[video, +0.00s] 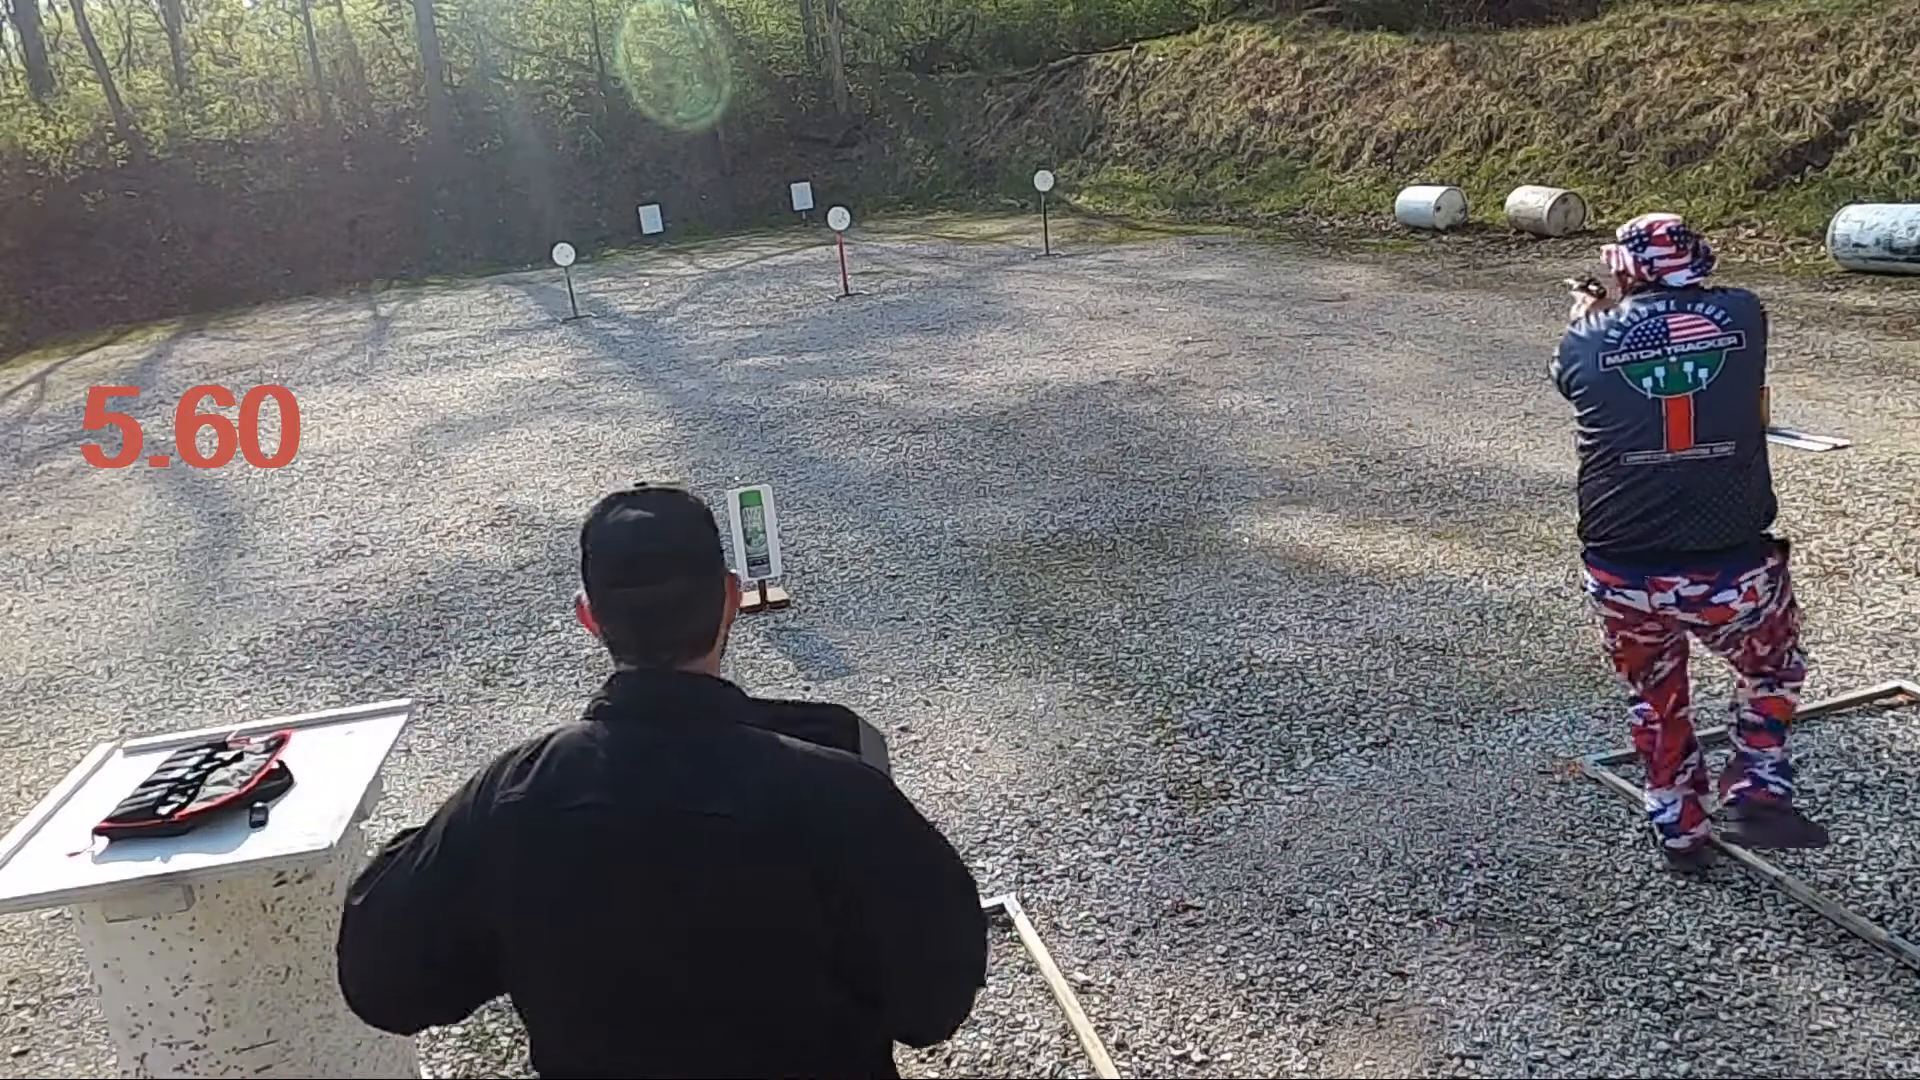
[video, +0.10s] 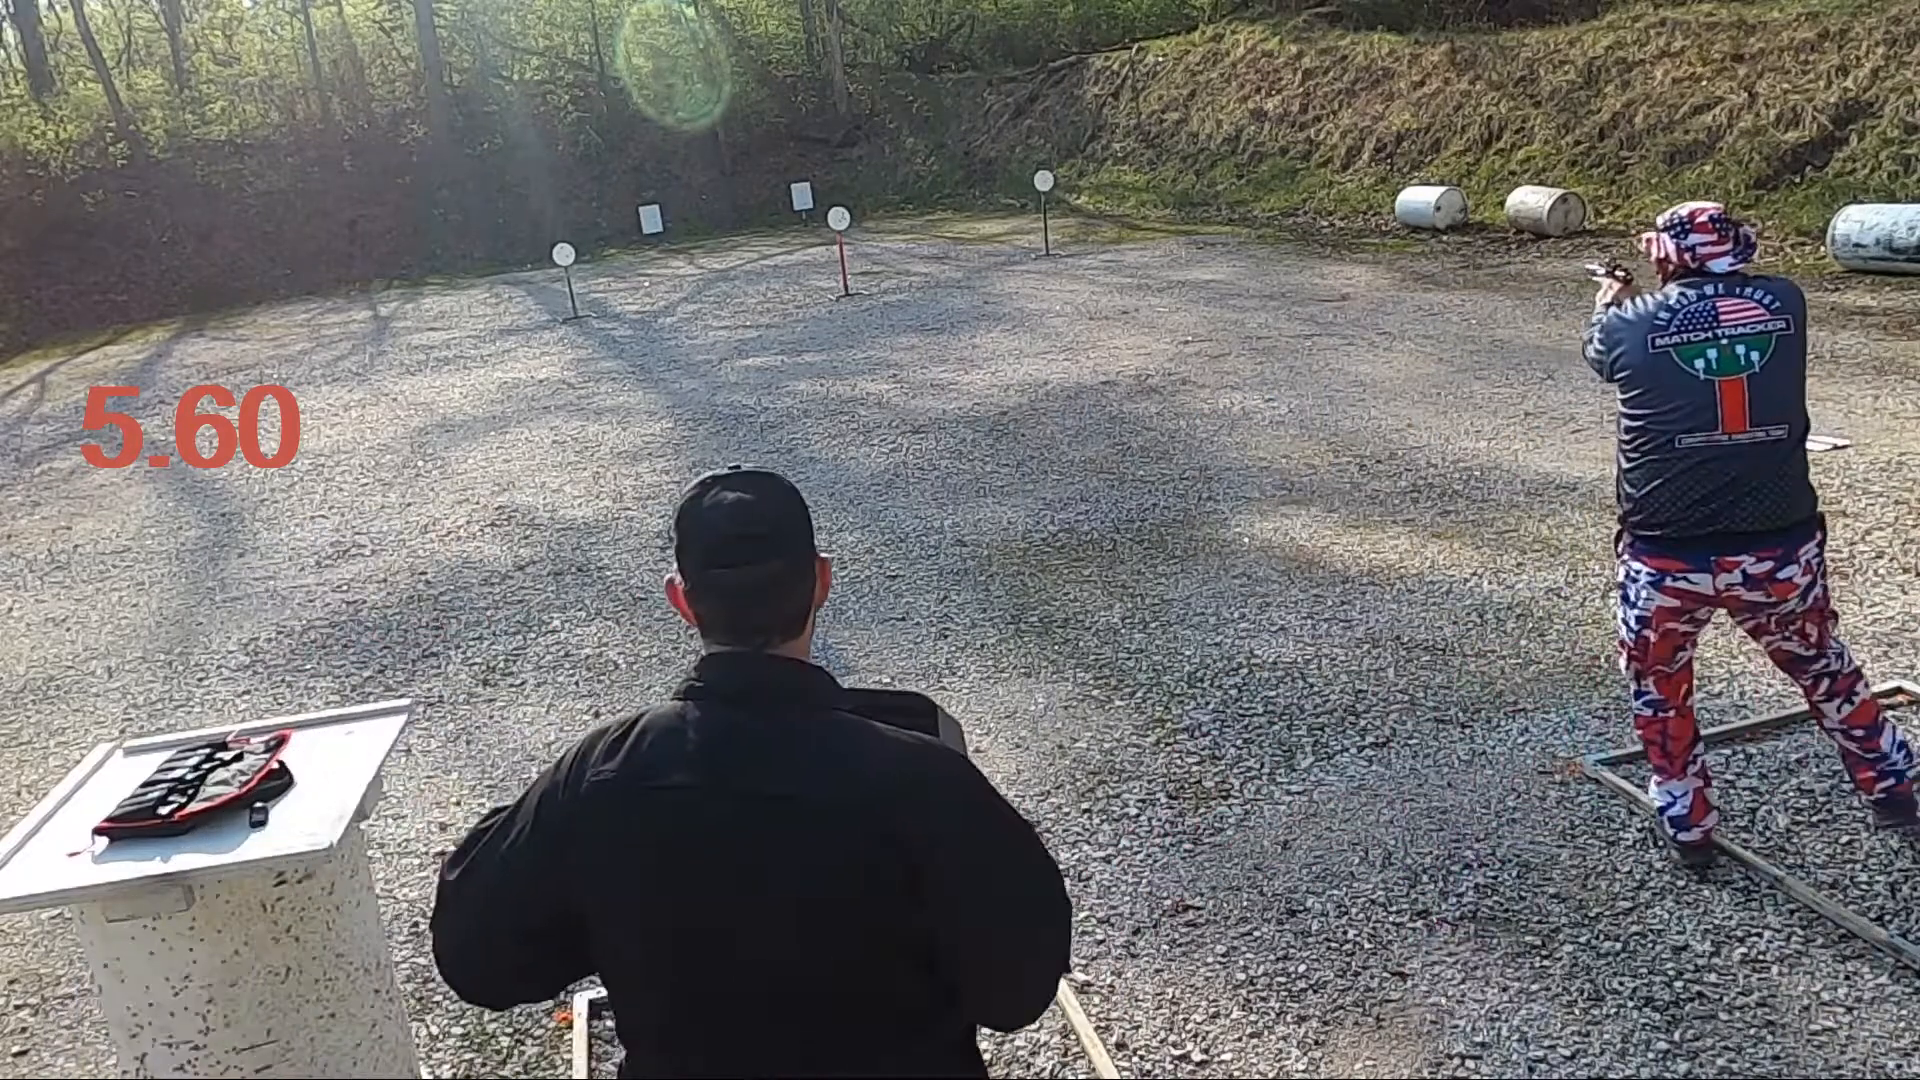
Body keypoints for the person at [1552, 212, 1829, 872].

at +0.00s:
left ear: (1623, 280)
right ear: (1694, 272)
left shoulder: (1585, 344)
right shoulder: (1742, 313)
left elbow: (1569, 368)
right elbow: (1686, 322)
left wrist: (1588, 313)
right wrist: (1637, 289)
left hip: (1623, 574)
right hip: (1731, 572)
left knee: (1656, 699)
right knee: (1772, 669)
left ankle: (1682, 832)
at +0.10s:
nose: (1657, 259)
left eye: (1661, 253)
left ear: (1670, 263)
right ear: (1736, 258)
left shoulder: (1630, 328)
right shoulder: (1785, 303)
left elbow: (1597, 349)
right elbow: (1726, 296)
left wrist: (1611, 300)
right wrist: (1676, 266)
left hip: (1665, 561)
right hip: (1780, 551)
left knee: (1659, 688)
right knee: (1822, 662)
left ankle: (1691, 828)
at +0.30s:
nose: (1723, 264)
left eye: (1725, 257)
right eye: (1718, 254)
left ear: (1737, 269)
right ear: (1804, 256)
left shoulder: (1706, 326)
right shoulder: (1852, 301)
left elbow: (1657, 332)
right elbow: (1793, 293)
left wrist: (1660, 295)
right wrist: (1731, 272)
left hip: (1760, 558)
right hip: (1866, 549)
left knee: (1684, 652)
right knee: (1864, 683)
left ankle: (1715, 810)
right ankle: (1903, 812)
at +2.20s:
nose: (1787, 252)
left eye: (1790, 243)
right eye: (1786, 244)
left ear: (1804, 244)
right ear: (1867, 233)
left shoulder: (1777, 294)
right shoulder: (1908, 282)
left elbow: (1709, 310)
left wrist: (1688, 272)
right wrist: (1741, 277)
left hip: (1822, 531)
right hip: (1911, 526)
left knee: (1789, 658)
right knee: (1896, 673)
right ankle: (1901, 810)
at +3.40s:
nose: (1779, 229)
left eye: (1784, 219)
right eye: (1781, 219)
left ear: (1800, 221)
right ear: (1865, 210)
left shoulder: (1764, 286)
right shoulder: (1908, 256)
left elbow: (1715, 351)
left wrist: (1712, 296)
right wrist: (1740, 297)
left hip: (1823, 503)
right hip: (1911, 490)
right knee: (1898, 651)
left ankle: (1899, 806)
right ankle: (1900, 802)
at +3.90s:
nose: (1736, 240)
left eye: (1739, 227)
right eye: (1736, 227)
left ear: (1761, 227)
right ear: (1822, 211)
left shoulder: (1731, 305)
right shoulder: (1889, 263)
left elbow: (1696, 405)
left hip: (1813, 516)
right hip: (1907, 494)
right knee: (1897, 655)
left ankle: (1902, 813)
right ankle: (1902, 806)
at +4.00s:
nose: (1706, 250)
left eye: (1707, 237)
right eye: (1703, 237)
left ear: (1732, 237)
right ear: (1788, 220)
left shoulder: (1715, 314)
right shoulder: (1859, 270)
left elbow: (1686, 411)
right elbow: (1862, 368)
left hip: (1781, 524)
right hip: (1878, 508)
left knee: (1783, 662)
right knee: (1887, 657)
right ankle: (1900, 807)